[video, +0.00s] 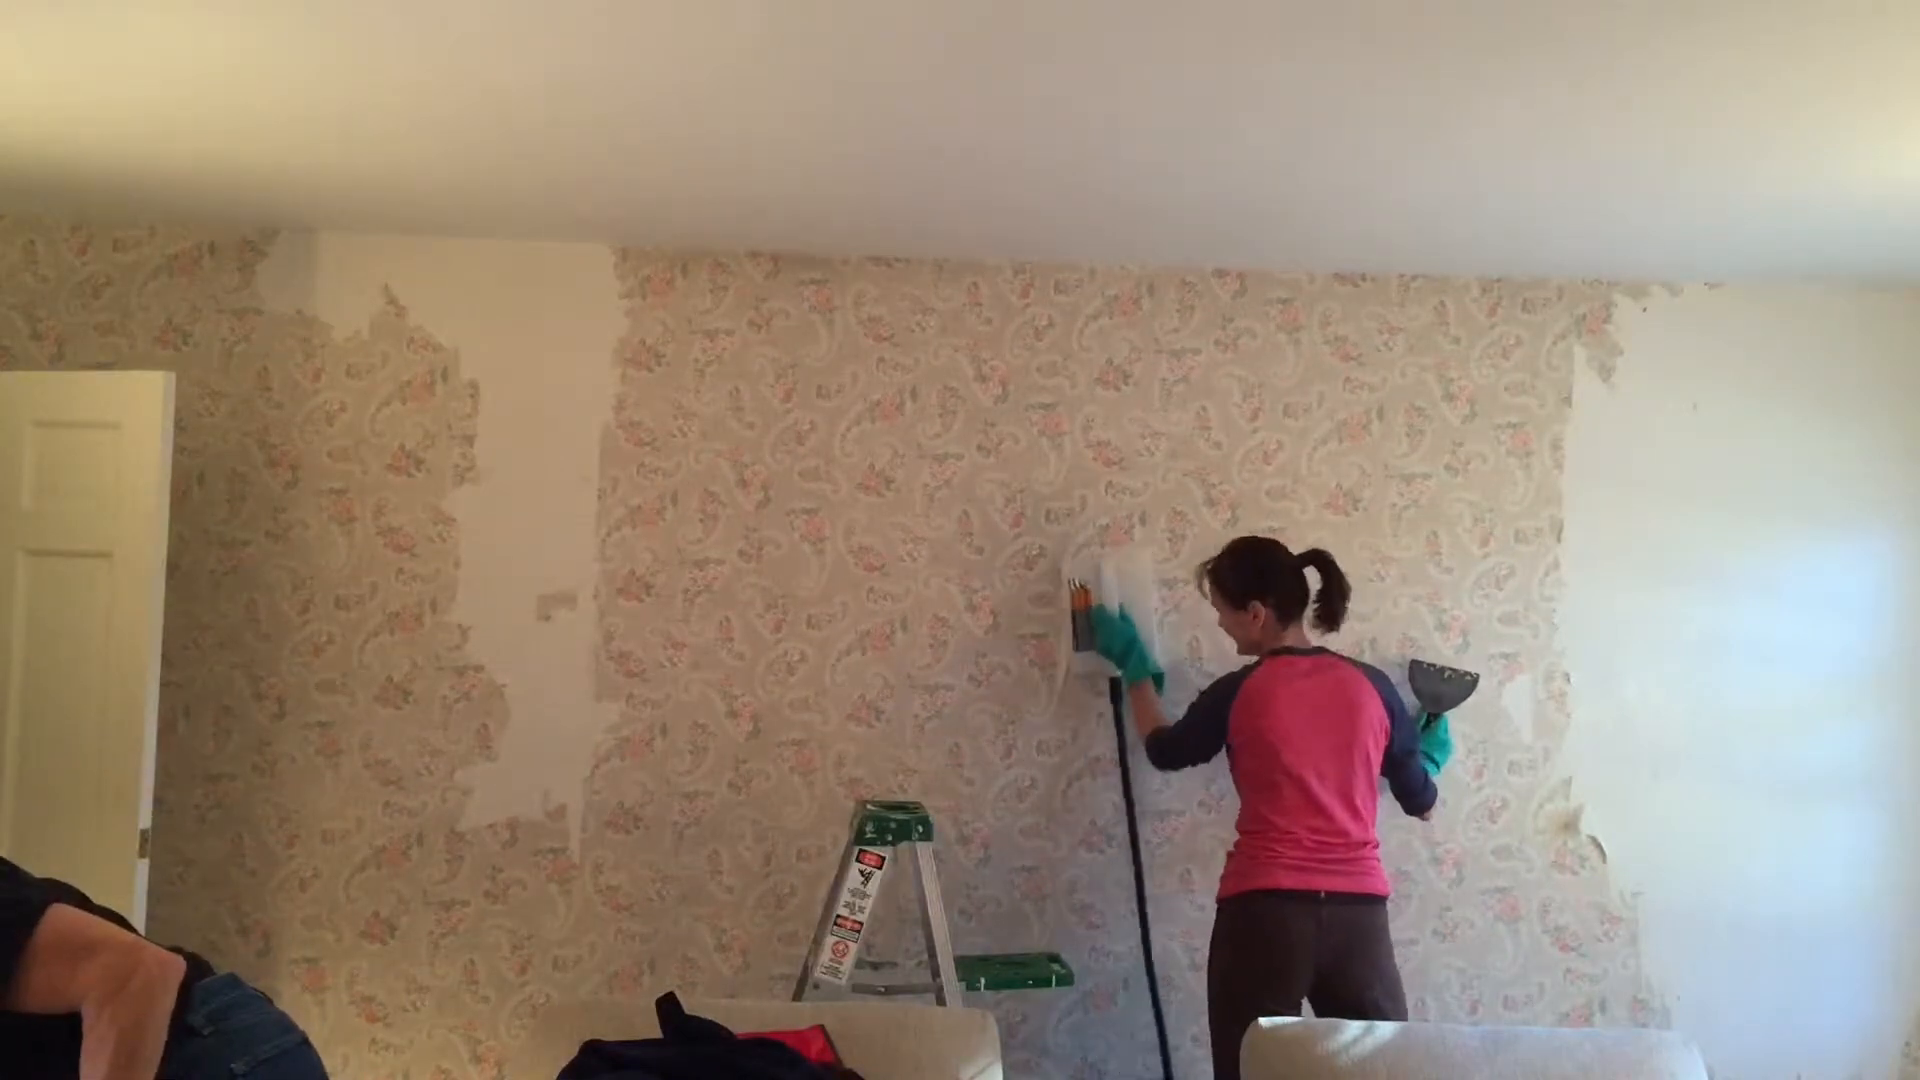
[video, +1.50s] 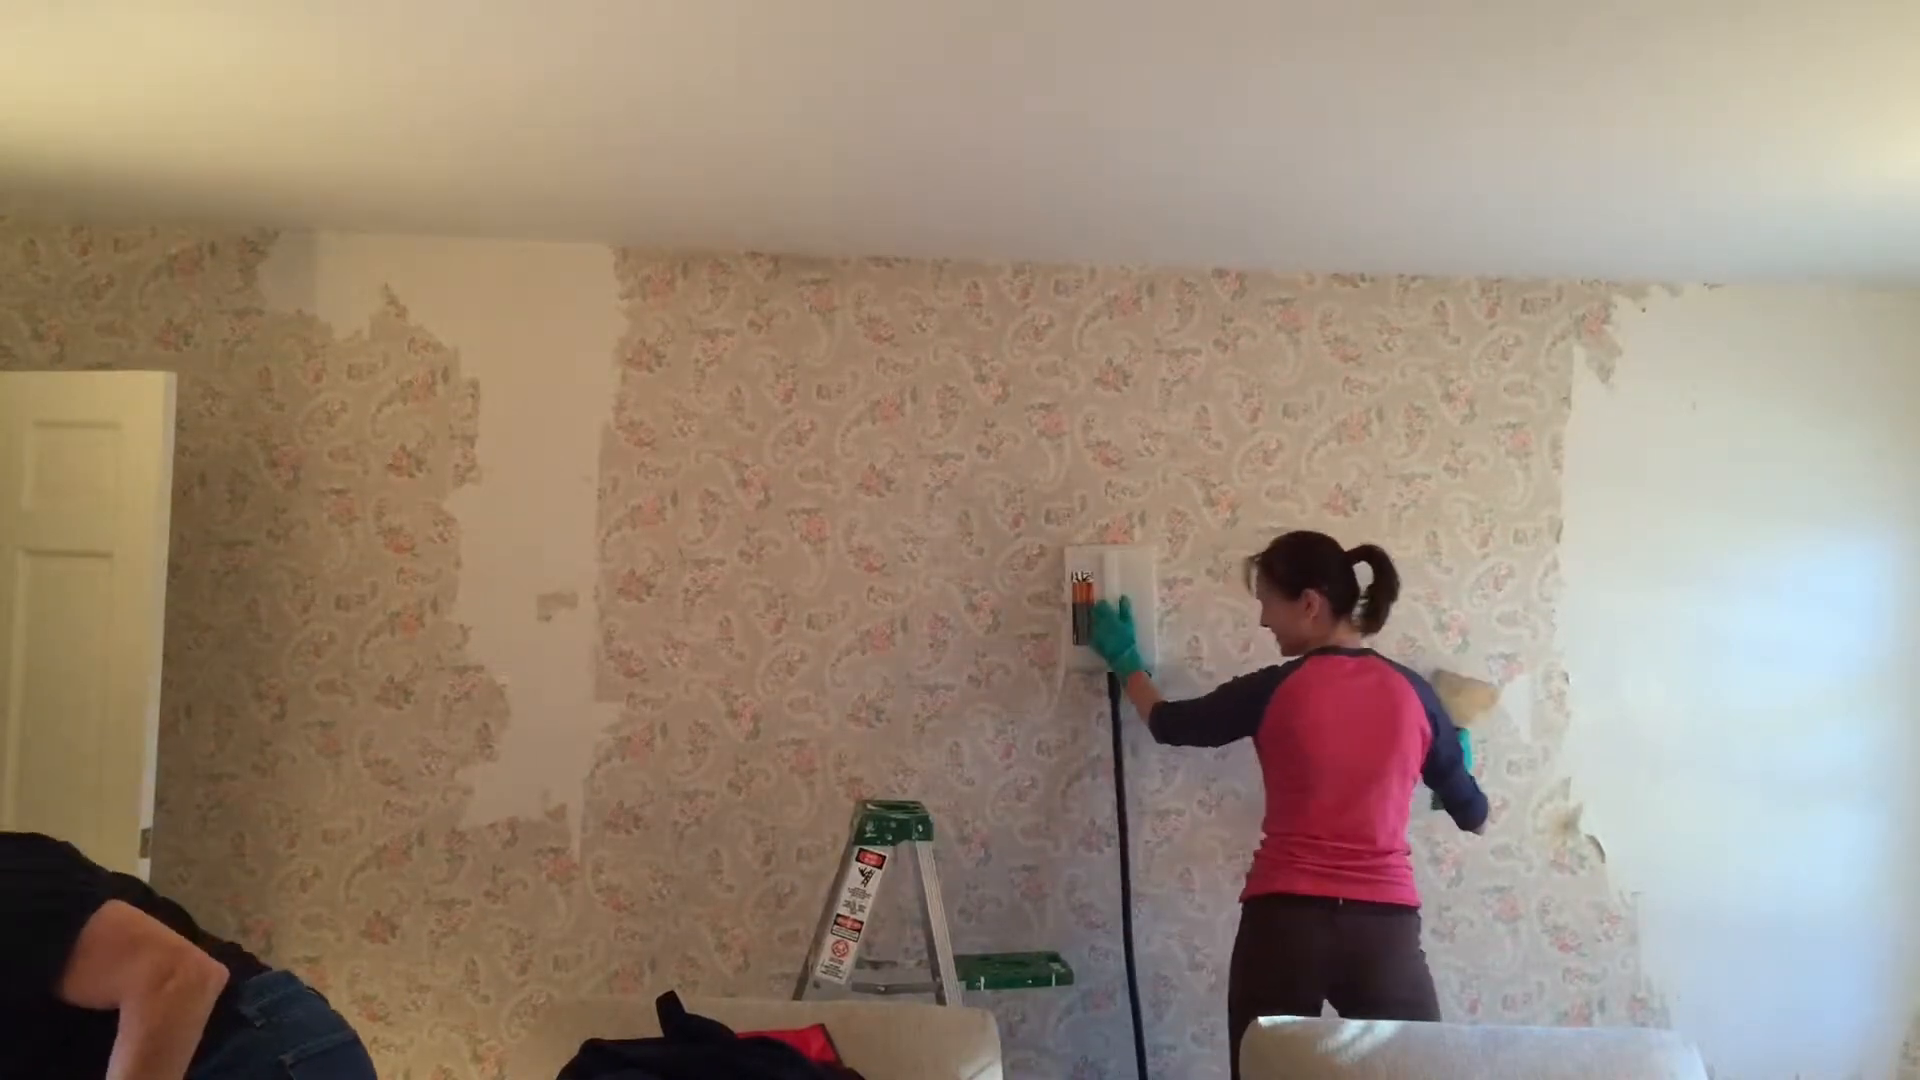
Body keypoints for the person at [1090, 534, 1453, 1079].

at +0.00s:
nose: (1218, 622)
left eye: (1221, 609)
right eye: (1216, 609)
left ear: (1257, 613)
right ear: (1296, 607)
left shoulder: (1239, 690)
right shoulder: (1374, 688)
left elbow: (1164, 750)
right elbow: (1418, 799)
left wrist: (1135, 672)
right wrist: (1430, 755)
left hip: (1261, 923)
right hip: (1359, 925)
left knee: (1247, 1074)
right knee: (1384, 1073)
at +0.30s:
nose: (1211, 635)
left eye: (1210, 622)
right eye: (1206, 623)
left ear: (1247, 620)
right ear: (1281, 611)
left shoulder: (1246, 696)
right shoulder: (1365, 688)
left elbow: (1160, 735)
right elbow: (1423, 793)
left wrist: (1132, 663)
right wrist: (1433, 753)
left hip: (1259, 929)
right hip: (1352, 929)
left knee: (1242, 1074)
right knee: (1367, 1076)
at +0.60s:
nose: (1217, 632)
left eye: (1215, 619)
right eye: (1211, 620)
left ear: (1248, 619)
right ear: (1291, 610)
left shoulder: (1246, 696)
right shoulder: (1370, 692)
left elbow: (1154, 726)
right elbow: (1425, 791)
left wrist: (1125, 662)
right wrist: (1433, 752)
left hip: (1255, 935)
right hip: (1348, 936)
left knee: (1238, 1074)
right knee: (1357, 1077)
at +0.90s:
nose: (1226, 629)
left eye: (1224, 616)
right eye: (1221, 616)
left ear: (1256, 615)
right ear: (1302, 605)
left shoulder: (1246, 693)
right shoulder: (1373, 694)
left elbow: (1154, 724)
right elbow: (1428, 793)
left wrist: (1124, 662)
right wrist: (1435, 754)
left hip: (1250, 934)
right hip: (1344, 936)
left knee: (1235, 1075)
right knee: (1357, 1076)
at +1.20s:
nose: (1230, 621)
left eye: (1232, 606)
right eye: (1227, 607)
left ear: (1270, 606)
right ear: (1304, 602)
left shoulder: (1247, 689)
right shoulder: (1380, 691)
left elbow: (1155, 726)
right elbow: (1434, 793)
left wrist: (1122, 661)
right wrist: (1436, 749)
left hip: (1257, 932)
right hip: (1354, 933)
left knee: (1243, 1075)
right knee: (1373, 1076)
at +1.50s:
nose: (1262, 617)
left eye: (1266, 600)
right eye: (1261, 601)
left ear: (1310, 605)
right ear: (1319, 603)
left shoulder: (1276, 686)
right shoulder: (1415, 693)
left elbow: (1167, 723)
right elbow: (1473, 815)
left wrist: (1123, 657)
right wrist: (1455, 766)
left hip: (1280, 934)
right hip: (1383, 939)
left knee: (1262, 1073)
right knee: (1419, 1076)